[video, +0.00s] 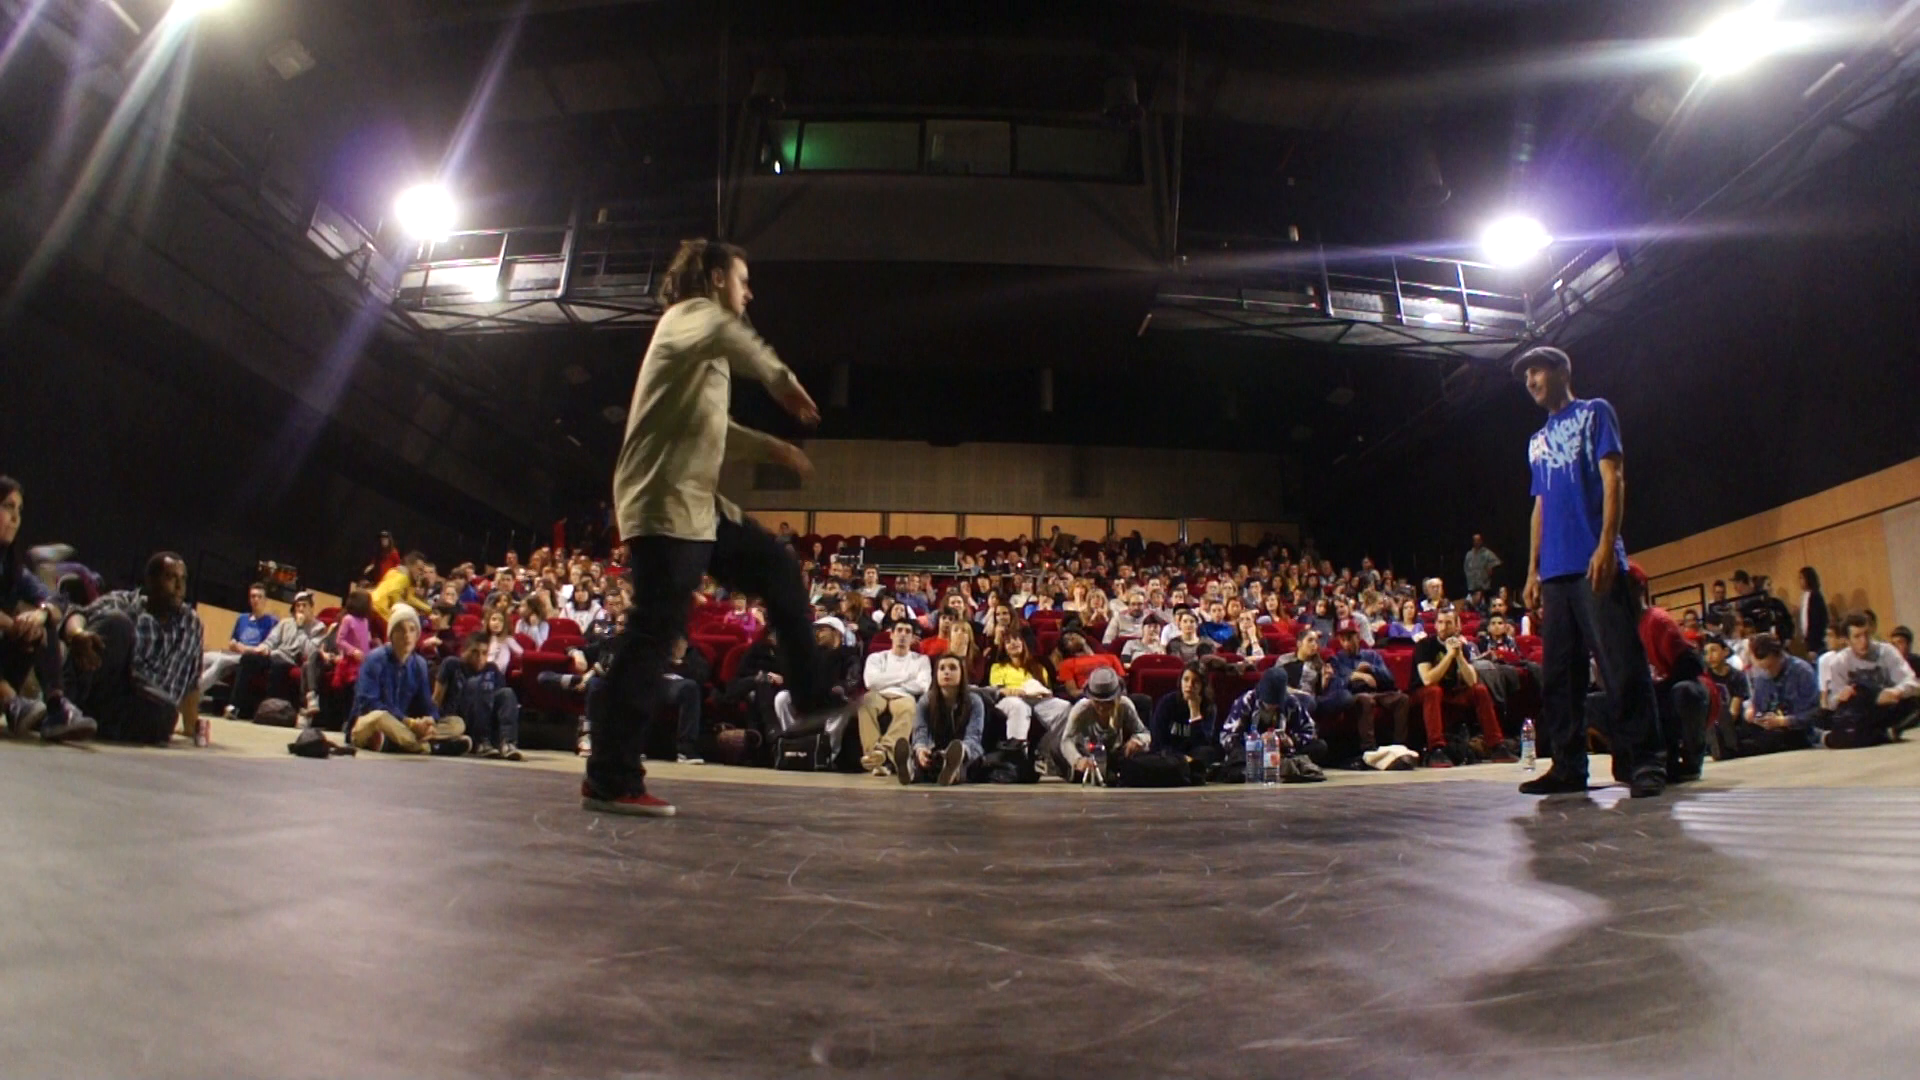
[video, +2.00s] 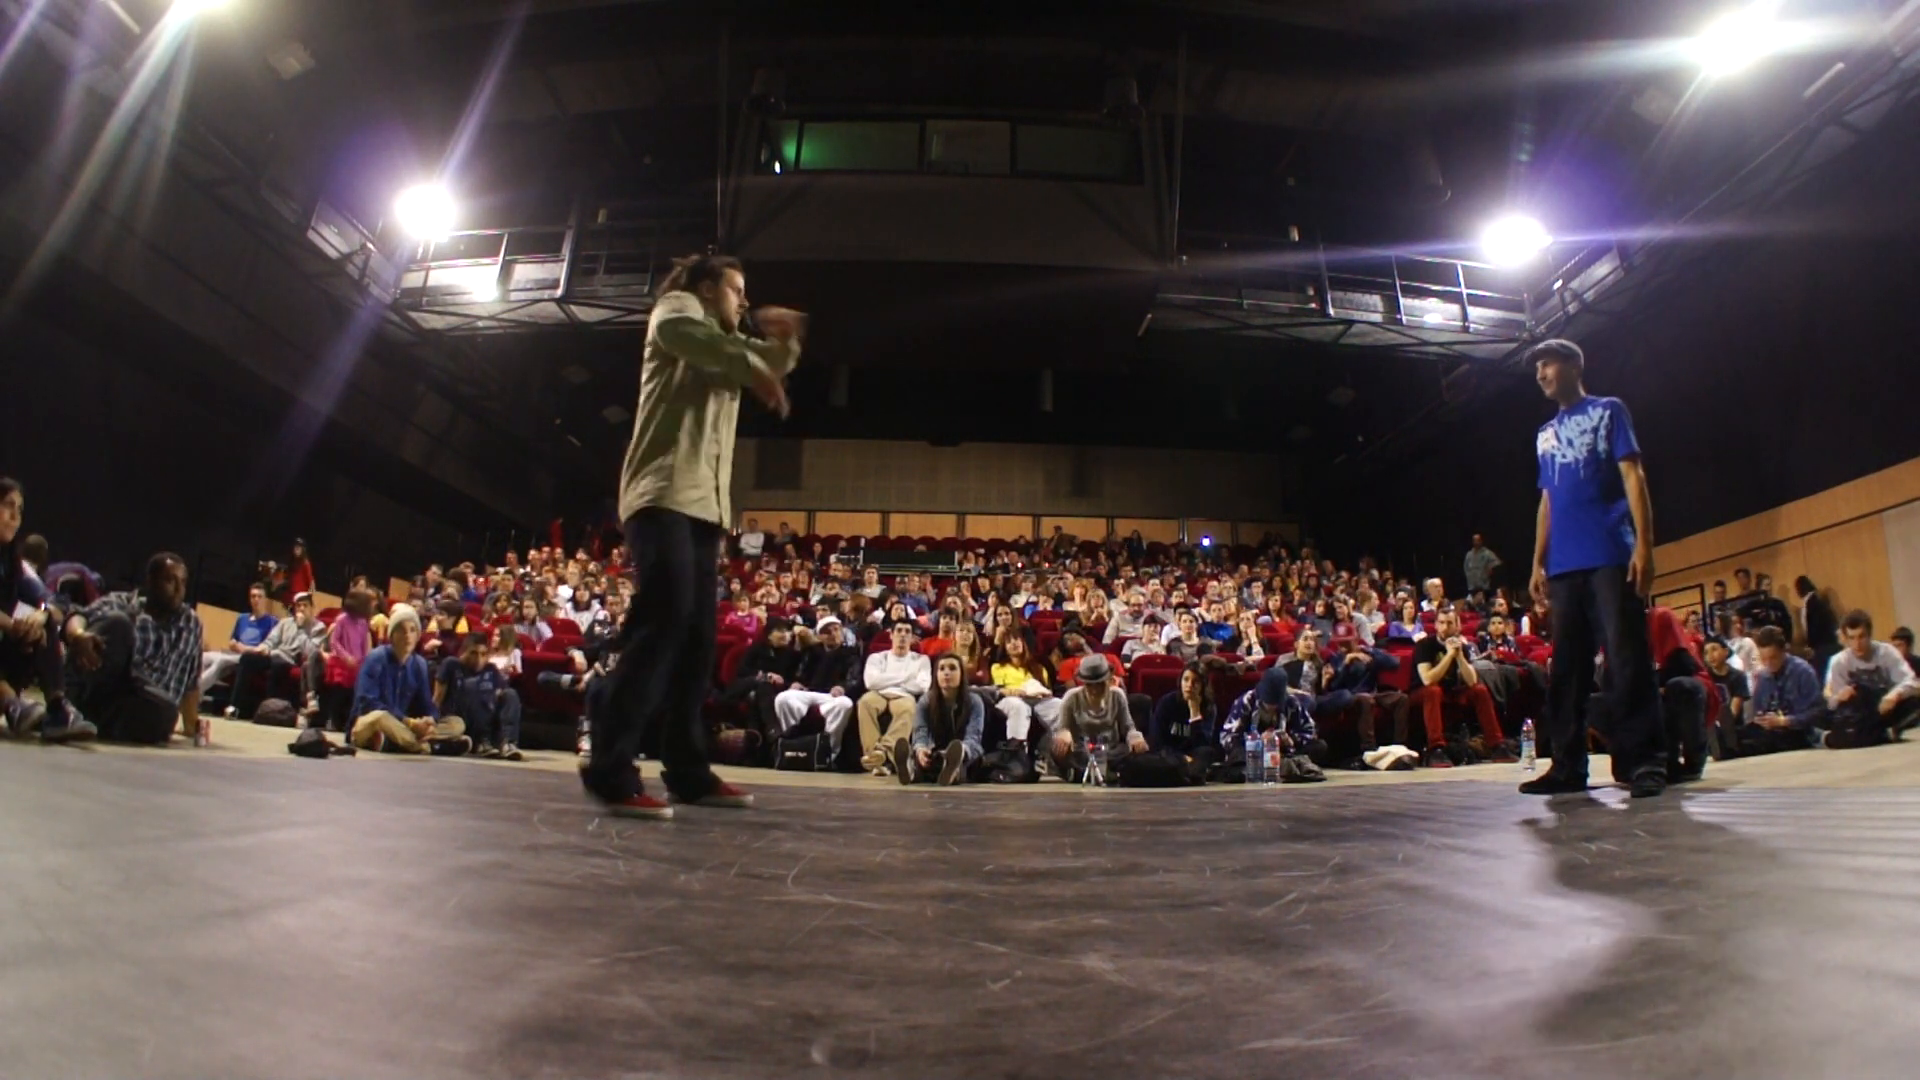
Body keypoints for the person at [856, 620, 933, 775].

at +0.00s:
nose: (903, 635)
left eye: (907, 632)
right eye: (899, 630)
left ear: (913, 638)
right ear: (891, 635)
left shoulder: (921, 659)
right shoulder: (875, 657)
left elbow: (922, 687)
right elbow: (871, 682)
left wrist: (887, 683)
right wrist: (905, 678)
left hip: (904, 695)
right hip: (879, 693)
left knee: (907, 710)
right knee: (866, 707)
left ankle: (884, 750)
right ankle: (876, 761)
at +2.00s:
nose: (903, 635)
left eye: (907, 632)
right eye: (899, 631)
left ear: (912, 638)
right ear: (891, 634)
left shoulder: (921, 659)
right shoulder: (876, 658)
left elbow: (922, 686)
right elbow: (871, 682)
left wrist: (887, 682)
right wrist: (905, 677)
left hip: (904, 694)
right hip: (879, 692)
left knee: (907, 710)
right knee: (865, 703)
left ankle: (884, 750)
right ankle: (876, 761)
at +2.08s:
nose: (903, 635)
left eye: (907, 632)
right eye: (899, 631)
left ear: (912, 638)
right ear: (891, 634)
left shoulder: (921, 659)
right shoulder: (876, 658)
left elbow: (922, 686)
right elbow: (871, 682)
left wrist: (887, 682)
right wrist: (906, 677)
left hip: (904, 694)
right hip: (879, 692)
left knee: (907, 710)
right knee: (865, 703)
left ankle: (884, 750)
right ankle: (876, 761)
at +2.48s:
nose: (903, 635)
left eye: (907, 632)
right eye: (899, 631)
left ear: (912, 638)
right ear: (891, 634)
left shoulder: (921, 659)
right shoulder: (876, 658)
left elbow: (922, 686)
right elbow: (871, 682)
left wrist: (887, 682)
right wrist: (905, 677)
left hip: (904, 694)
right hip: (879, 692)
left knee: (907, 710)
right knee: (865, 703)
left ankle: (884, 750)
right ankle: (875, 761)